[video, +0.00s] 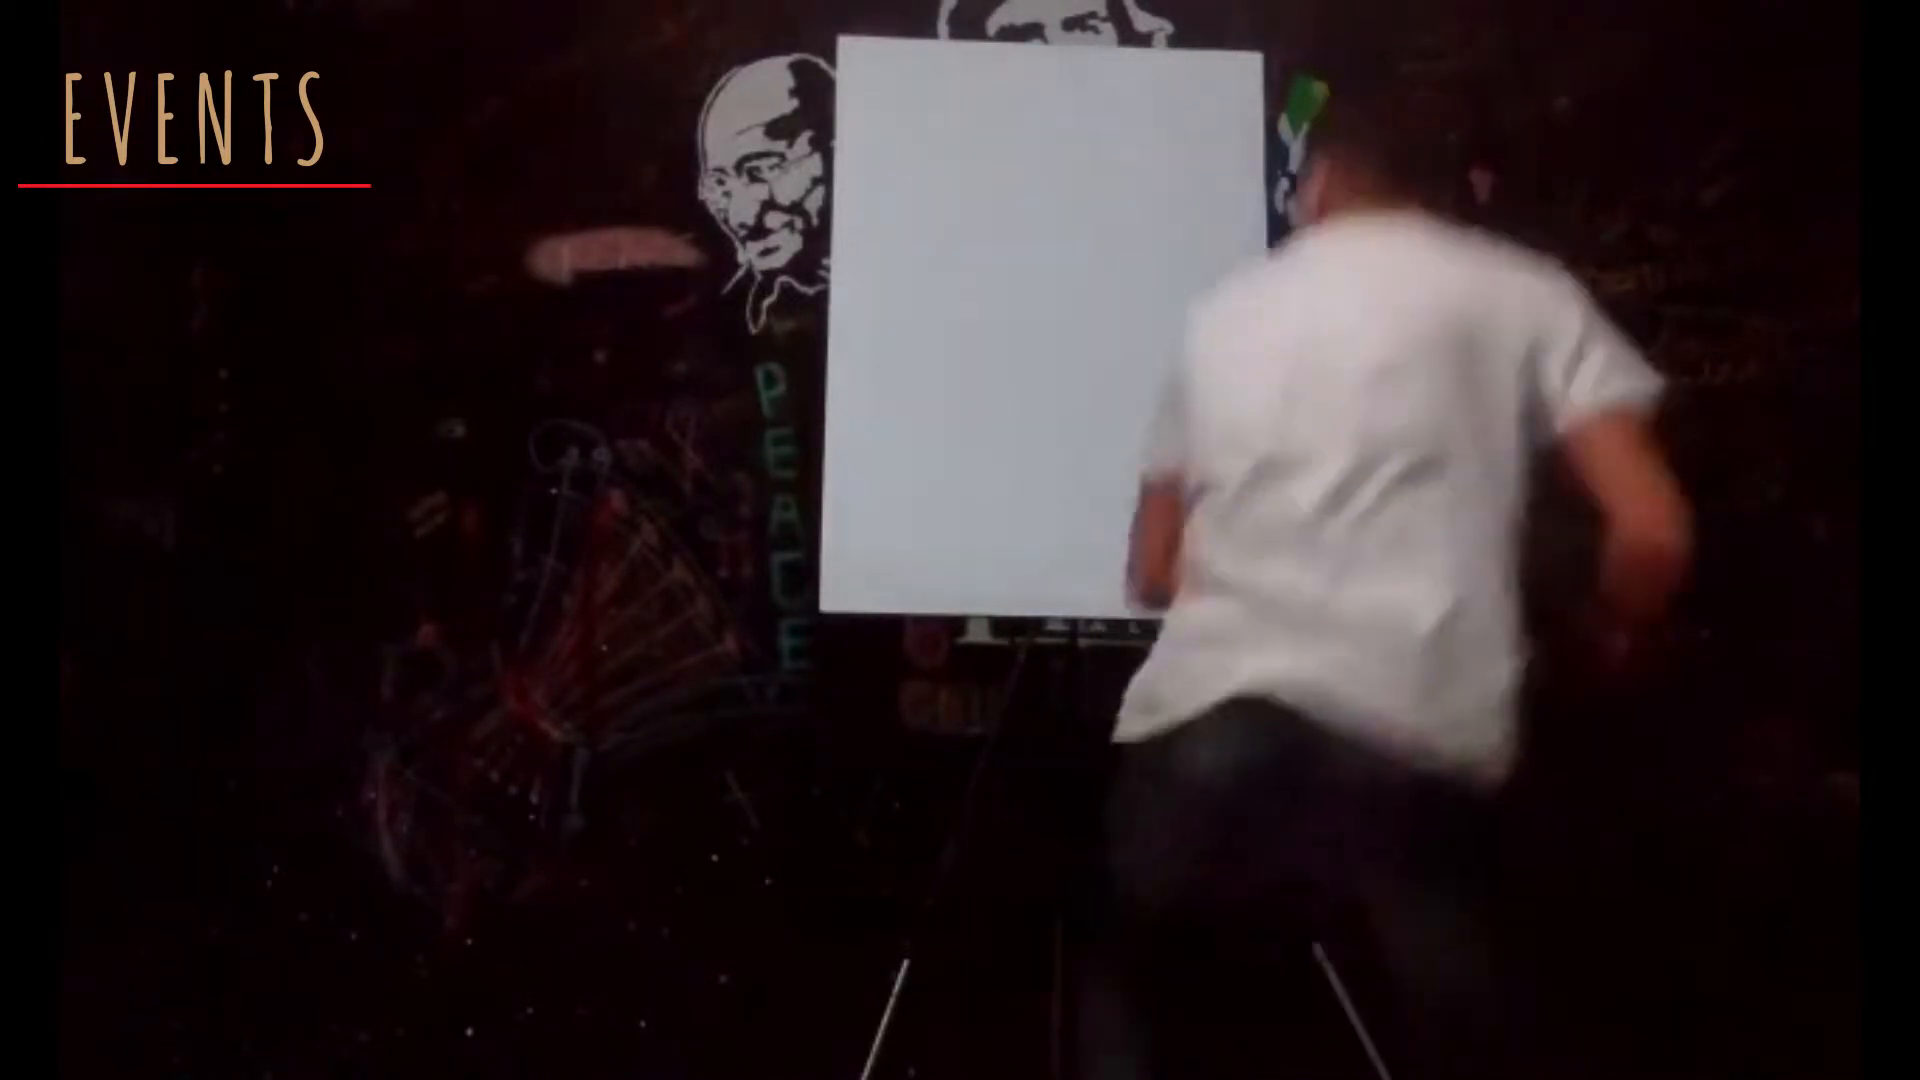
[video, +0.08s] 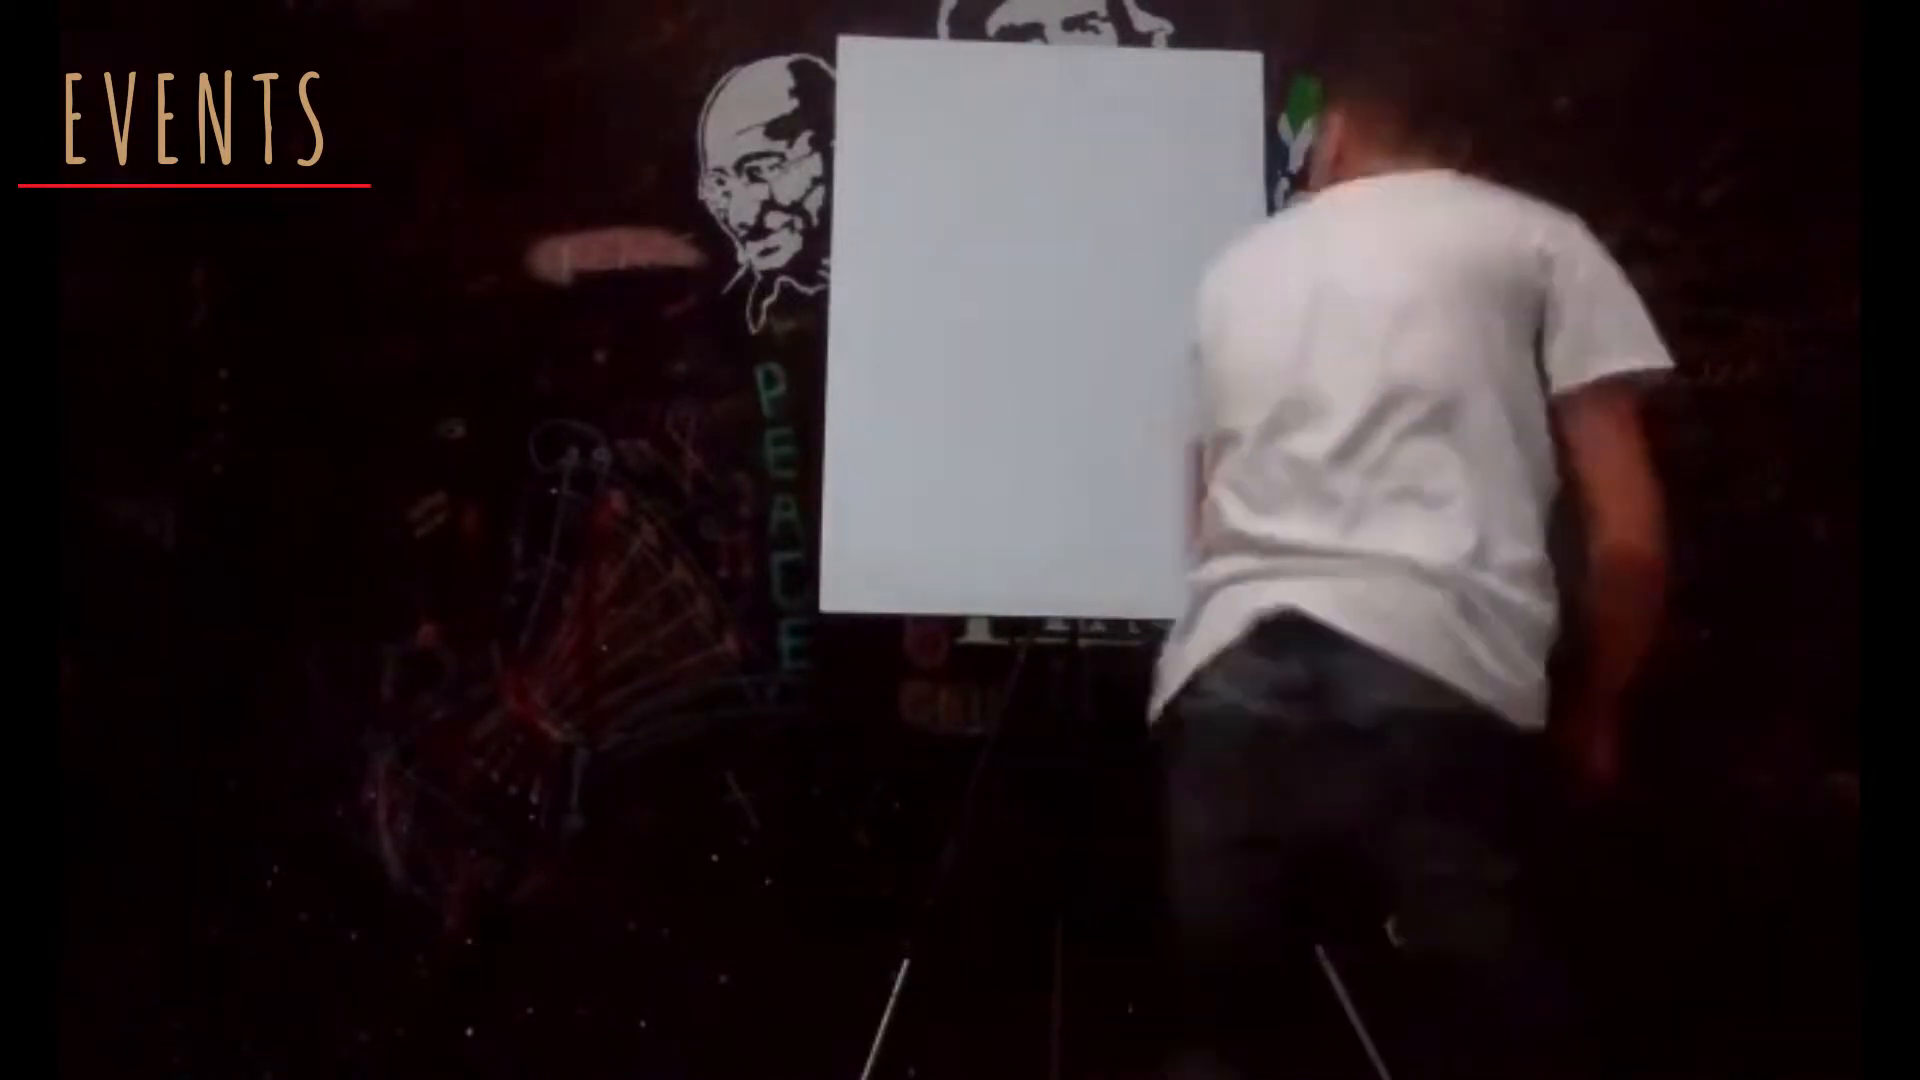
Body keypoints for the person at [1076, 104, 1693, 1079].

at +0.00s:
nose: (1299, 192)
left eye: (1305, 171)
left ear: (1326, 178)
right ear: (1455, 183)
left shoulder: (1226, 308)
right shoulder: (1524, 292)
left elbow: (1156, 565)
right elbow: (1650, 530)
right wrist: (1610, 636)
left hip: (1197, 738)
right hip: (1422, 750)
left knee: (1160, 1042)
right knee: (1454, 1050)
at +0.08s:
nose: (1305, 157)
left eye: (1312, 137)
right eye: (1310, 139)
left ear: (1338, 133)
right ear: (1465, 136)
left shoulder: (1238, 266)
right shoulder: (1541, 242)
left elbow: (1211, 519)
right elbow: (1628, 538)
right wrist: (1596, 716)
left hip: (1225, 691)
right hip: (1439, 681)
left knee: (1227, 1023)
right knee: (1477, 1024)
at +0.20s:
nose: (1315, 148)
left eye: (1323, 126)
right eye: (1321, 129)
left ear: (1347, 127)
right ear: (1474, 129)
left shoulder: (1248, 263)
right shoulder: (1548, 236)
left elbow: (1217, 505)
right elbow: (1641, 535)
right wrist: (1601, 724)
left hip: (1228, 681)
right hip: (1437, 675)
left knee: (1260, 1030)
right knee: (1499, 1020)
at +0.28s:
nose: (1338, 176)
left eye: (1337, 160)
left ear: (1358, 155)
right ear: (1487, 149)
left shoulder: (1262, 280)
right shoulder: (1547, 243)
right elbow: (1741, 517)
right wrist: (1662, 653)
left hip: (1237, 684)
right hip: (1451, 672)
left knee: (1297, 1048)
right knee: (1522, 1031)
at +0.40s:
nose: (1333, 199)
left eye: (1334, 184)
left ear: (1357, 183)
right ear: (1485, 181)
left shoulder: (1264, 291)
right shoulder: (1553, 277)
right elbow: (1786, 541)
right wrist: (1702, 663)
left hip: (1242, 708)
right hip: (1466, 710)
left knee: (1290, 1053)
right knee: (1513, 1041)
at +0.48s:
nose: (1305, 242)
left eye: (1309, 228)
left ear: (1326, 223)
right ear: (1452, 227)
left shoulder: (1262, 293)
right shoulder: (1540, 373)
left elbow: (1203, 545)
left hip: (1253, 745)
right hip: (1482, 753)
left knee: (1226, 1053)